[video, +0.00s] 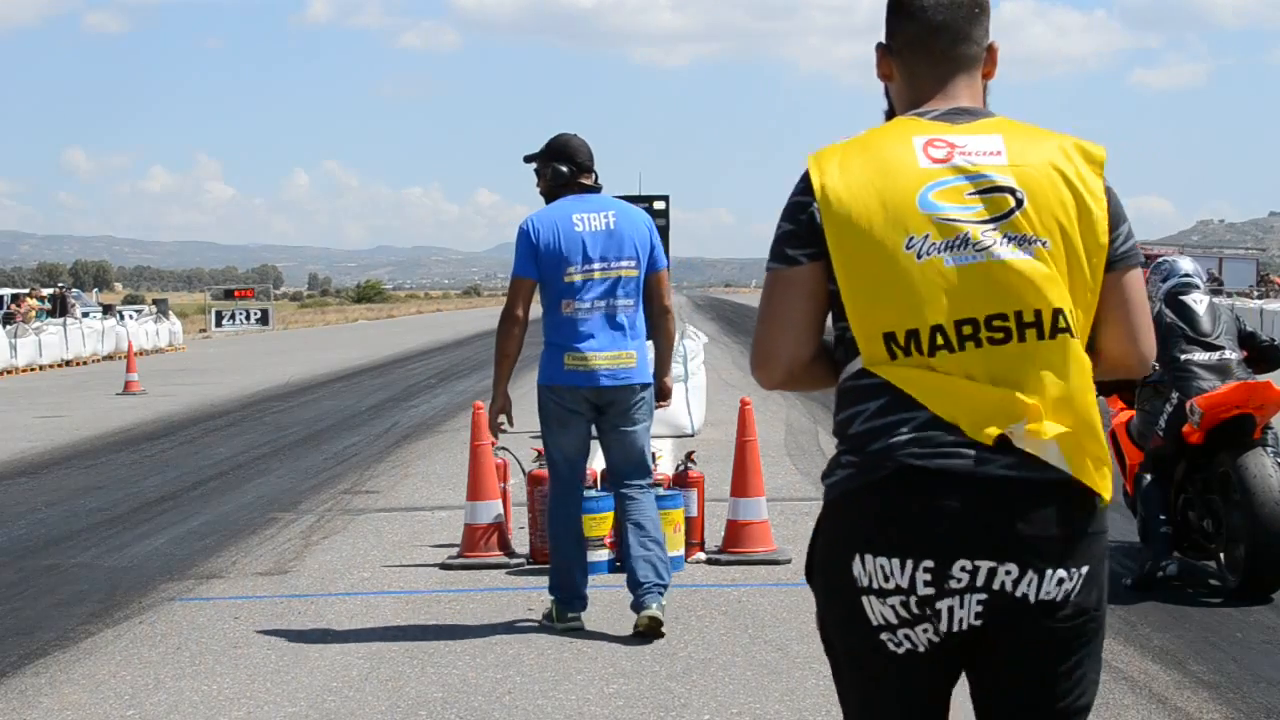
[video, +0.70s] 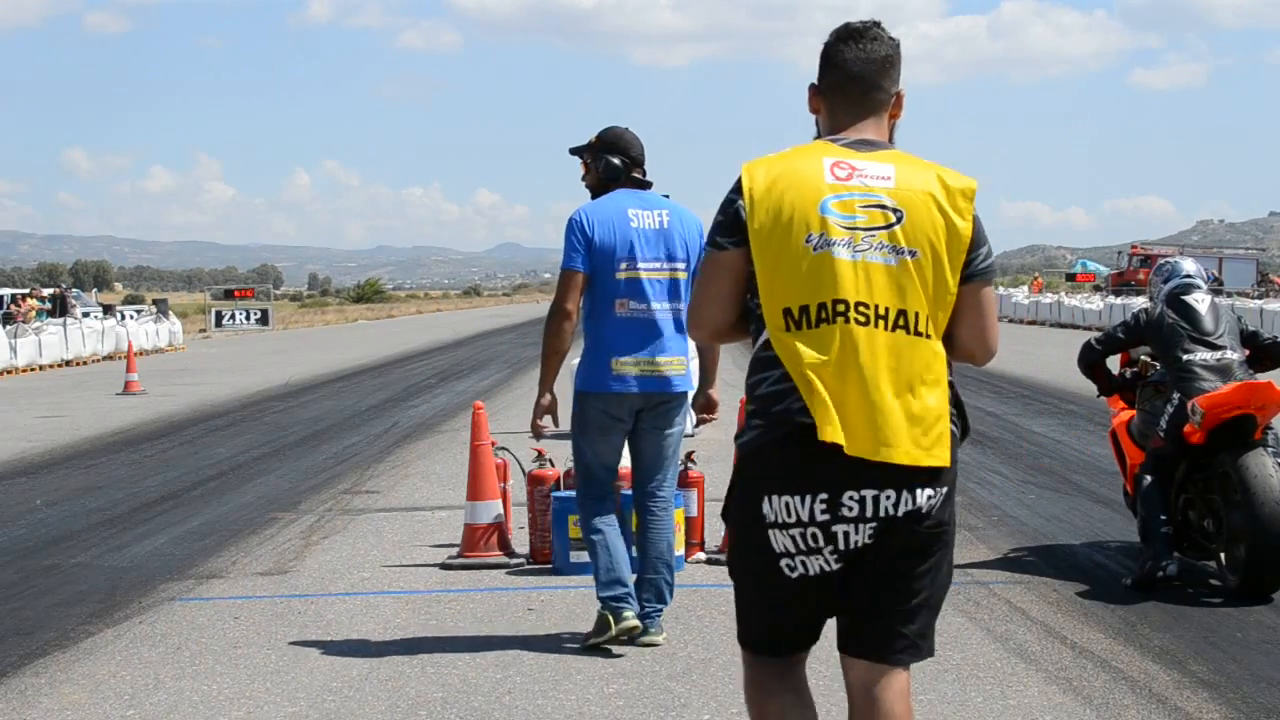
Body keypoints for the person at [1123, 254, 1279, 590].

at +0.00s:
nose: (1150, 285)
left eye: (1153, 280)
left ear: (1160, 281)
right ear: (1199, 279)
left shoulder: (1154, 314)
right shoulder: (1225, 312)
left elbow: (1139, 358)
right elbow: (1269, 350)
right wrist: (1239, 368)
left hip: (1183, 396)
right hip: (1234, 389)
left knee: (1151, 470)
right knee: (1264, 436)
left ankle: (1158, 554)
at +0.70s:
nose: (1153, 291)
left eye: (1154, 285)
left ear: (1161, 285)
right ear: (1201, 280)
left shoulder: (1152, 316)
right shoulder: (1227, 310)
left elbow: (1090, 353)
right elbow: (1269, 347)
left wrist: (1109, 385)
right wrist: (1244, 367)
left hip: (1191, 396)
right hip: (1241, 387)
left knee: (1151, 472)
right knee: (1266, 438)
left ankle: (1157, 556)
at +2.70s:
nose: (1144, 297)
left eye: (1146, 291)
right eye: (1144, 292)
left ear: (1155, 289)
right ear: (1192, 284)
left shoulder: (1148, 319)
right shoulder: (1222, 315)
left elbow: (1087, 357)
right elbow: (1269, 348)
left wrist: (1106, 386)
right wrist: (1237, 368)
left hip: (1189, 393)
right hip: (1239, 385)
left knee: (1149, 471)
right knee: (1265, 436)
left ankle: (1154, 560)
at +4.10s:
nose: (1144, 296)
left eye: (1146, 291)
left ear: (1153, 289)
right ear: (1192, 285)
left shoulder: (1146, 319)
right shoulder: (1220, 315)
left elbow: (1084, 355)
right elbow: (1268, 351)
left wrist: (1104, 384)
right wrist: (1233, 367)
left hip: (1185, 390)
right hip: (1234, 384)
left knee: (1148, 468)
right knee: (1260, 431)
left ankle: (1153, 553)